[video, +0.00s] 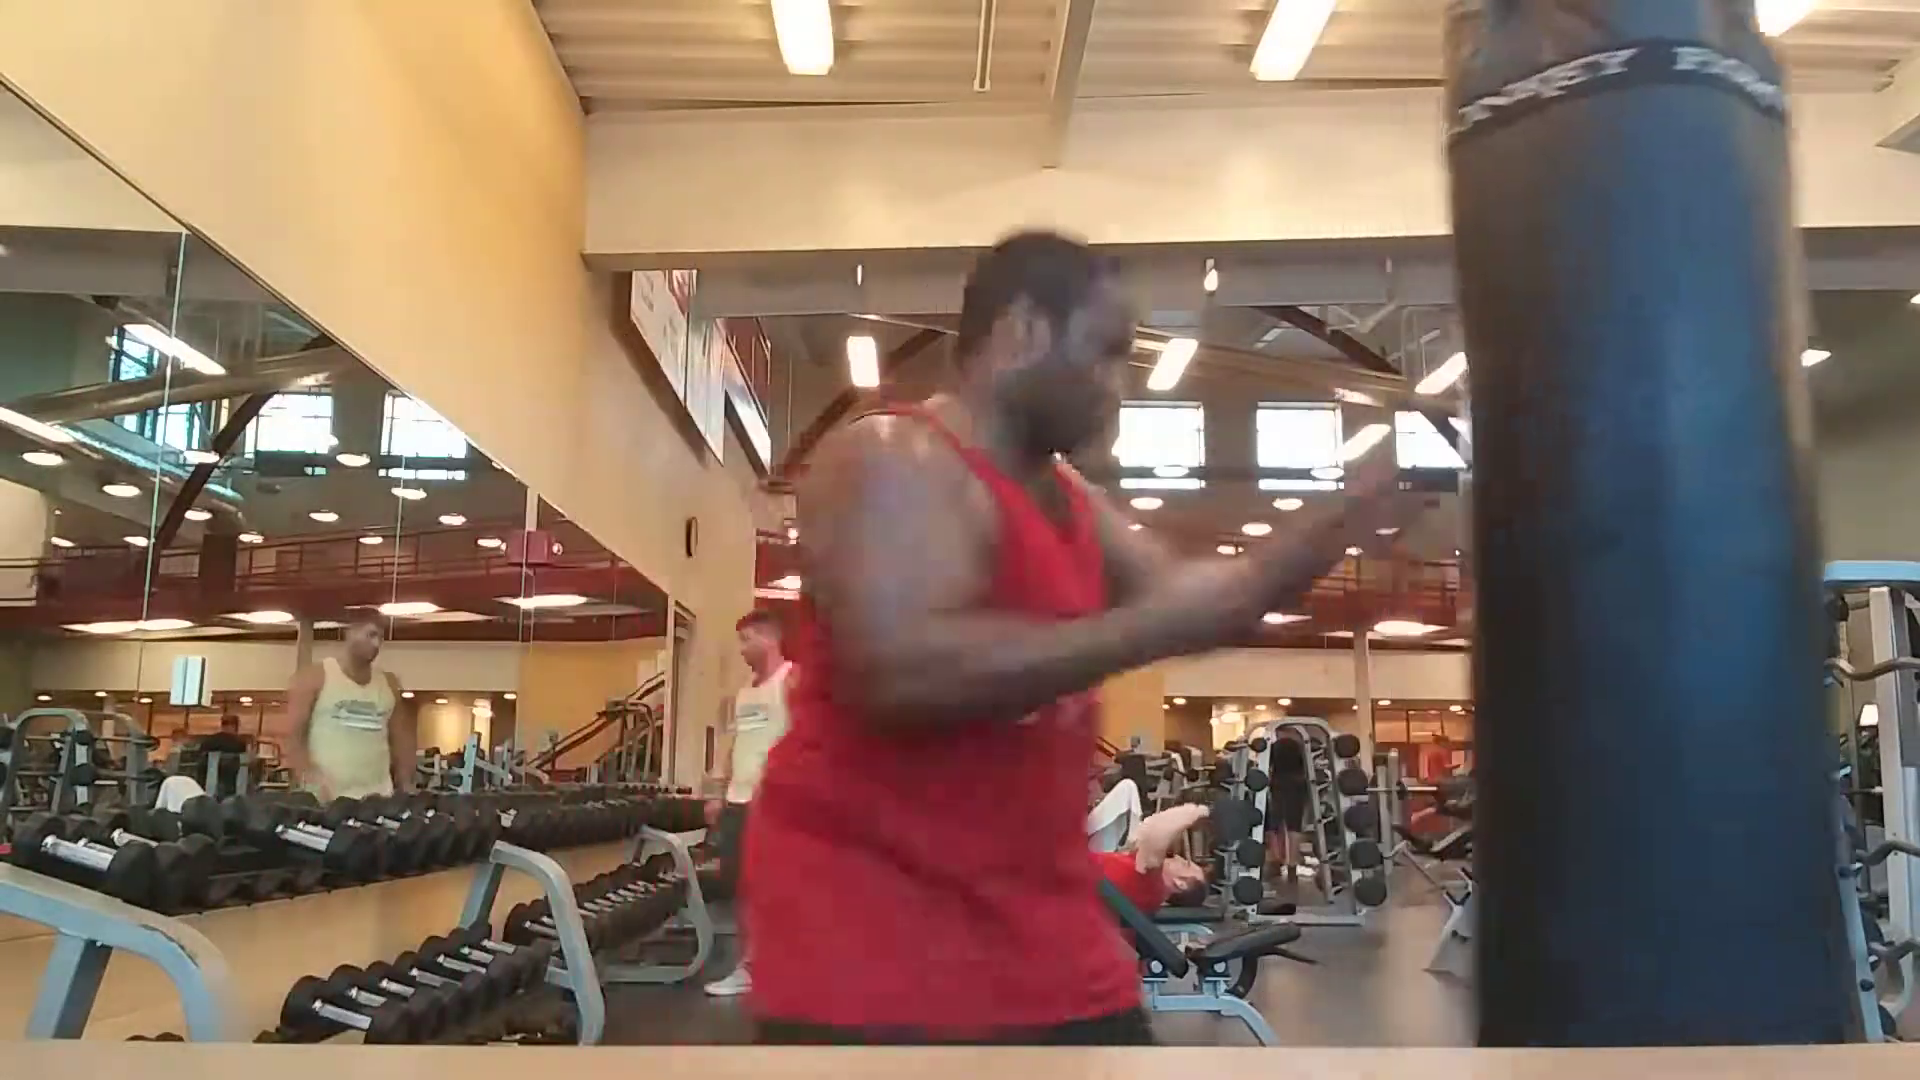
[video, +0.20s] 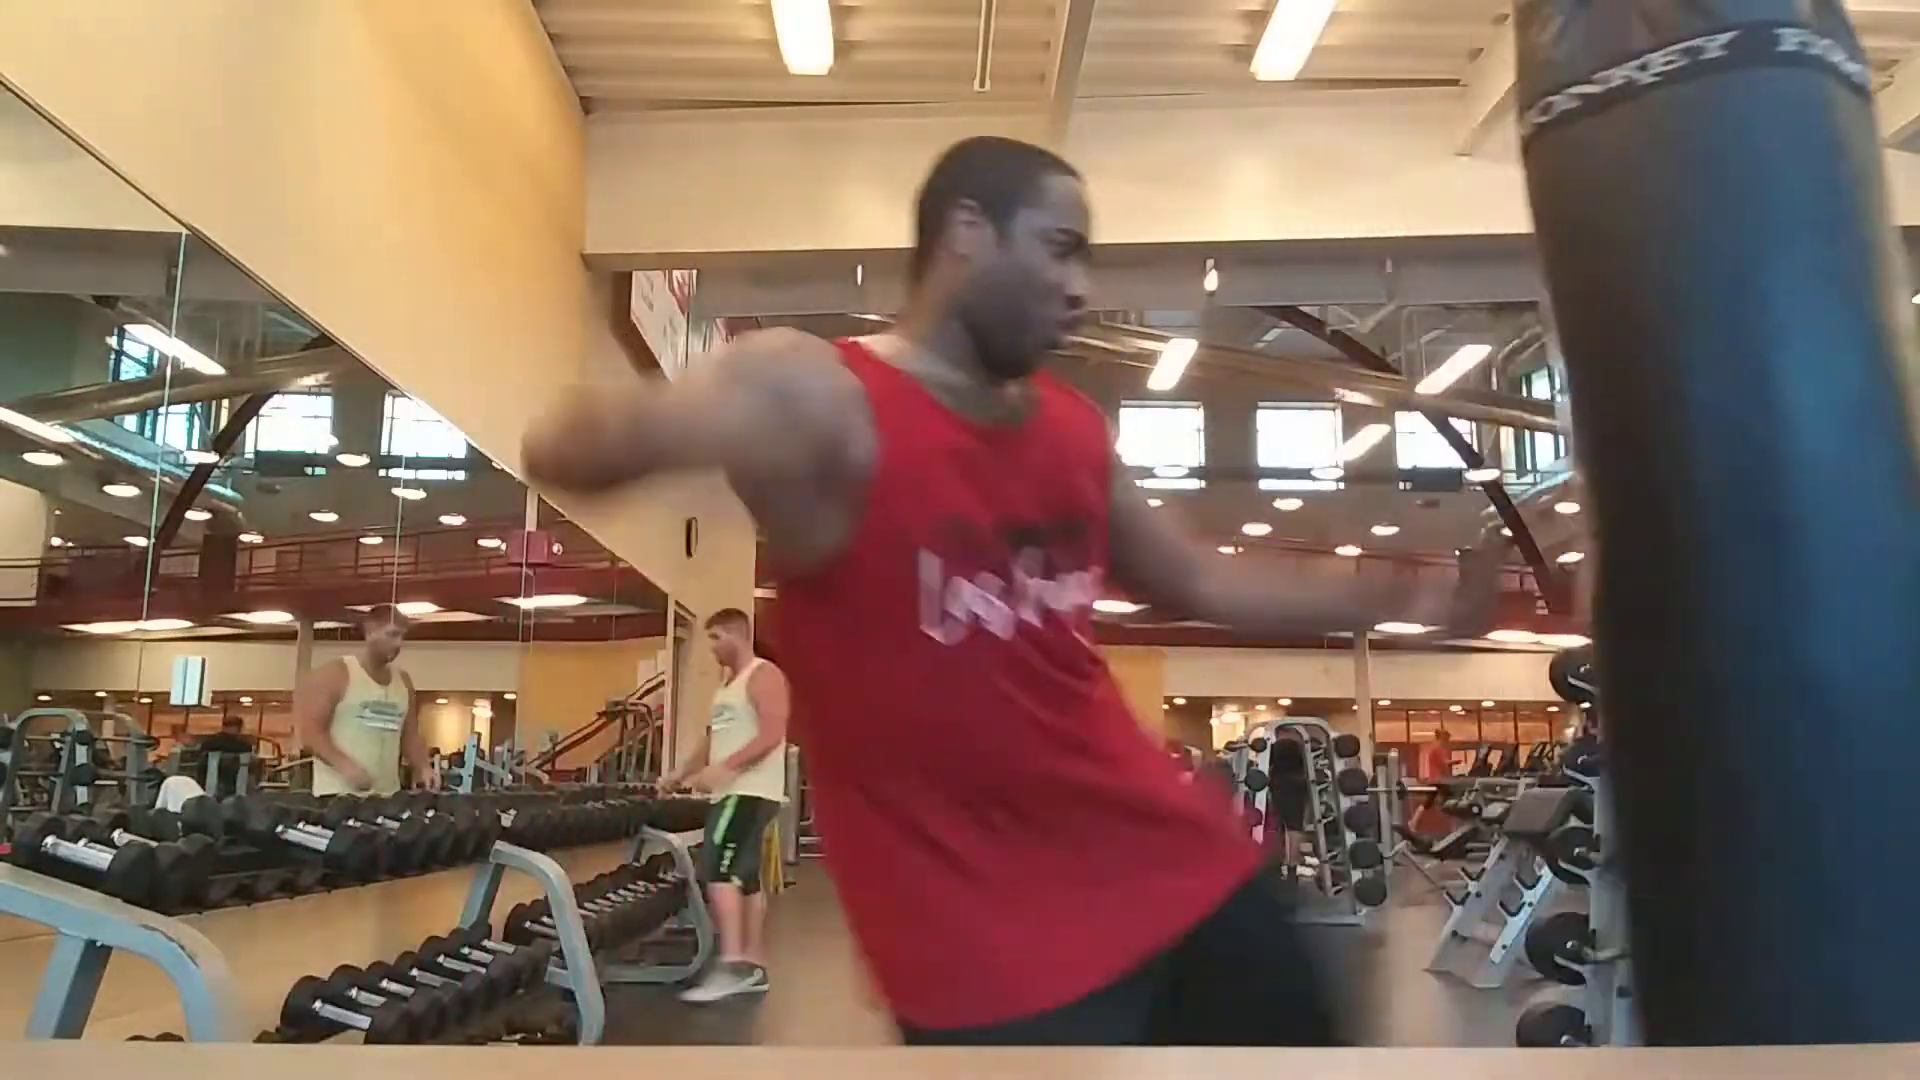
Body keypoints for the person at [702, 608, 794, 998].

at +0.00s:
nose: (742, 648)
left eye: (749, 639)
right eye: (740, 640)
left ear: (772, 639)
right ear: (746, 644)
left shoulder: (792, 679)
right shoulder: (745, 692)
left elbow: (802, 736)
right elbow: (734, 747)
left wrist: (786, 789)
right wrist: (721, 794)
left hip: (775, 798)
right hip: (740, 798)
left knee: (766, 879)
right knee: (741, 882)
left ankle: (755, 964)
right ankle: (747, 962)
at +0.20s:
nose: (712, 646)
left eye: (716, 637)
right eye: (710, 639)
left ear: (738, 634)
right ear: (723, 640)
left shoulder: (765, 675)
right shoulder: (728, 684)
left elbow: (772, 735)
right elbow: (711, 742)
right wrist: (679, 778)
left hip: (754, 790)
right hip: (731, 790)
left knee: (718, 872)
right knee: (748, 880)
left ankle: (731, 964)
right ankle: (751, 962)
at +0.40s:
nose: (677, 649)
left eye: (681, 640)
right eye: (676, 642)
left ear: (701, 637)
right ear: (704, 638)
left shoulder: (722, 678)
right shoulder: (729, 678)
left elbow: (709, 742)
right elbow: (711, 744)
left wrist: (653, 766)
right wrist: (666, 764)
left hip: (721, 795)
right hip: (740, 796)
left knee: (697, 884)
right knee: (740, 883)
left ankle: (685, 980)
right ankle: (752, 969)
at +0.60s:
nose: (639, 656)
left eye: (639, 647)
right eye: (637, 648)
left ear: (655, 639)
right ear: (671, 637)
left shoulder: (677, 675)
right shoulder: (698, 671)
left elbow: (646, 745)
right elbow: (657, 747)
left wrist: (602, 786)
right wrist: (617, 783)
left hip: (709, 794)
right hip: (735, 790)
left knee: (695, 888)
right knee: (733, 879)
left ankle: (687, 983)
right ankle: (750, 964)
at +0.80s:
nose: (613, 662)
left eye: (613, 652)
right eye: (611, 654)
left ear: (629, 644)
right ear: (643, 641)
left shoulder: (651, 683)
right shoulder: (677, 670)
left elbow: (633, 756)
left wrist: (595, 797)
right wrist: (610, 786)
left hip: (701, 792)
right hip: (735, 782)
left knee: (691, 890)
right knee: (747, 877)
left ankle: (686, 984)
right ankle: (762, 957)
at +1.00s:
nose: (607, 665)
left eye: (605, 656)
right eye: (603, 658)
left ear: (619, 648)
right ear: (636, 642)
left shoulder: (643, 683)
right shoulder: (670, 669)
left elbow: (632, 756)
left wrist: (598, 796)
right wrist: (615, 776)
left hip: (696, 792)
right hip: (734, 780)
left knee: (689, 891)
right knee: (753, 873)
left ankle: (687, 984)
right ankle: (780, 951)